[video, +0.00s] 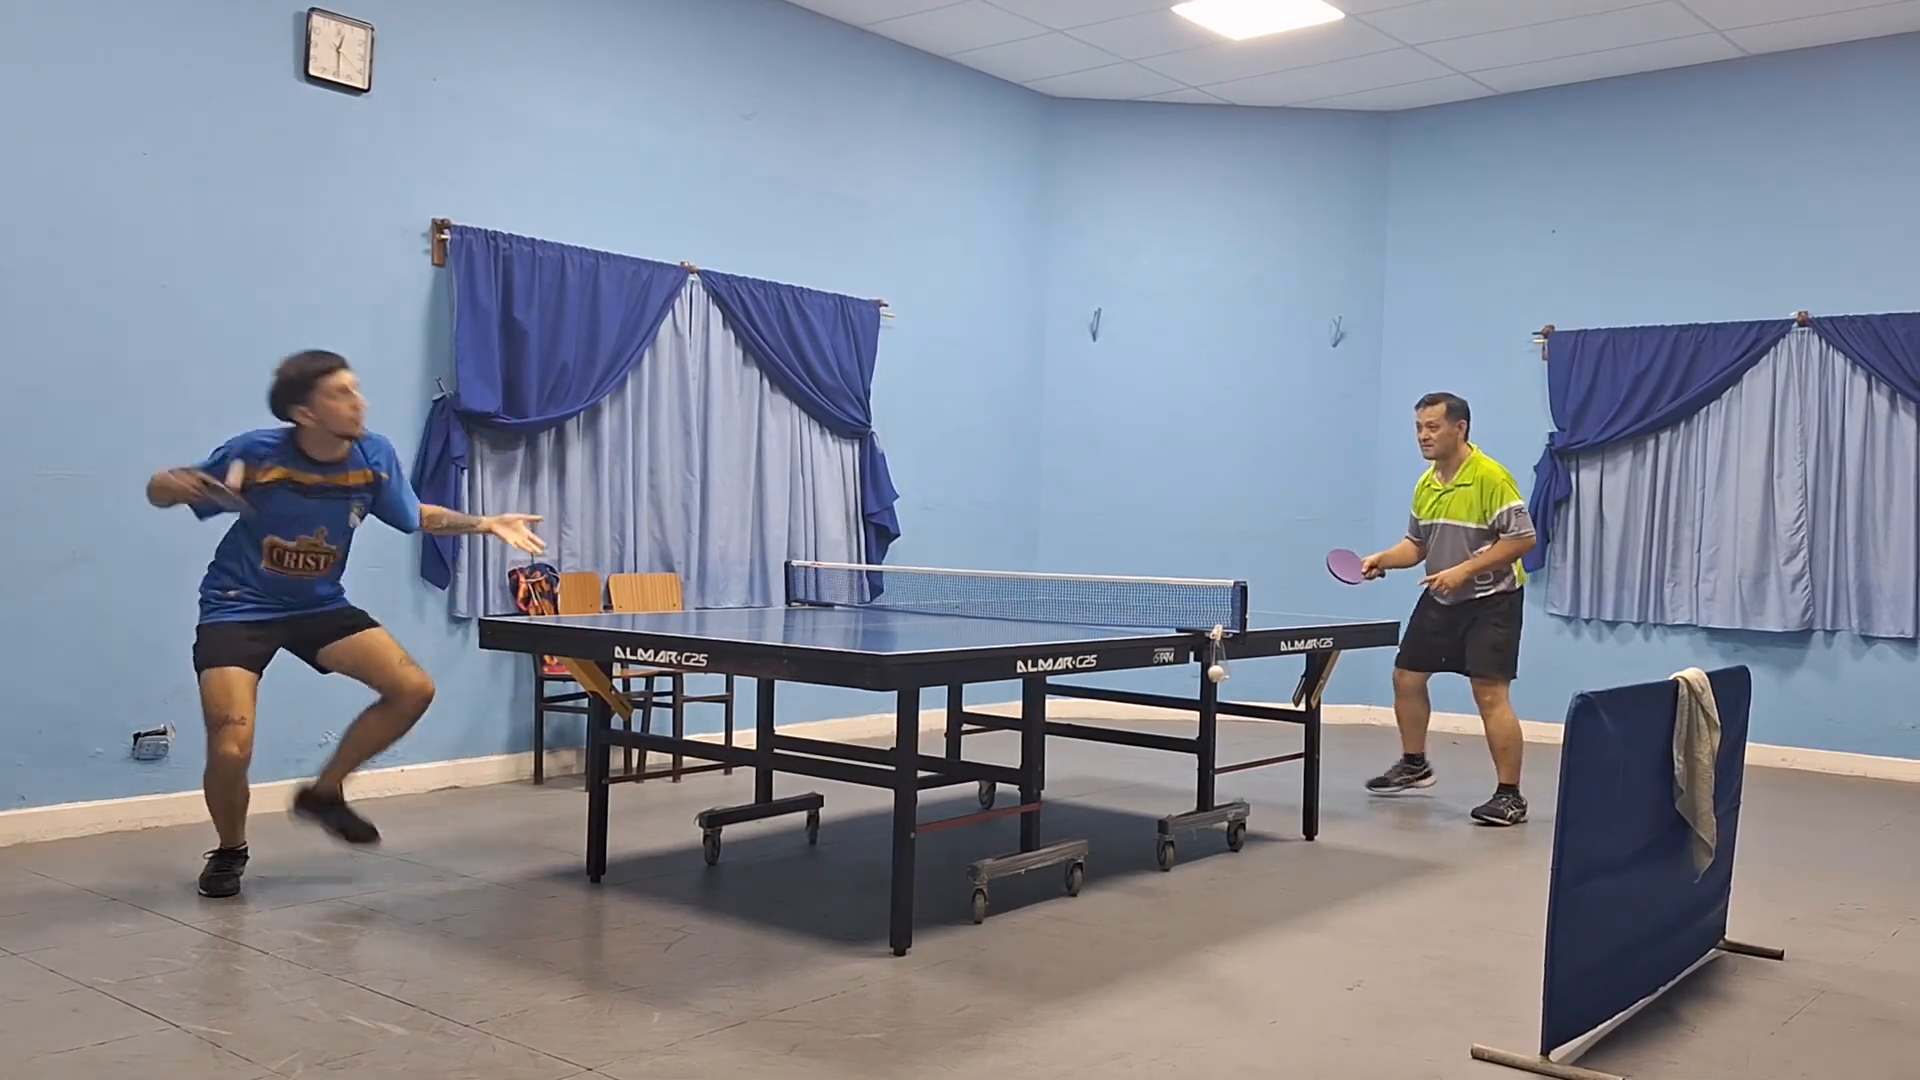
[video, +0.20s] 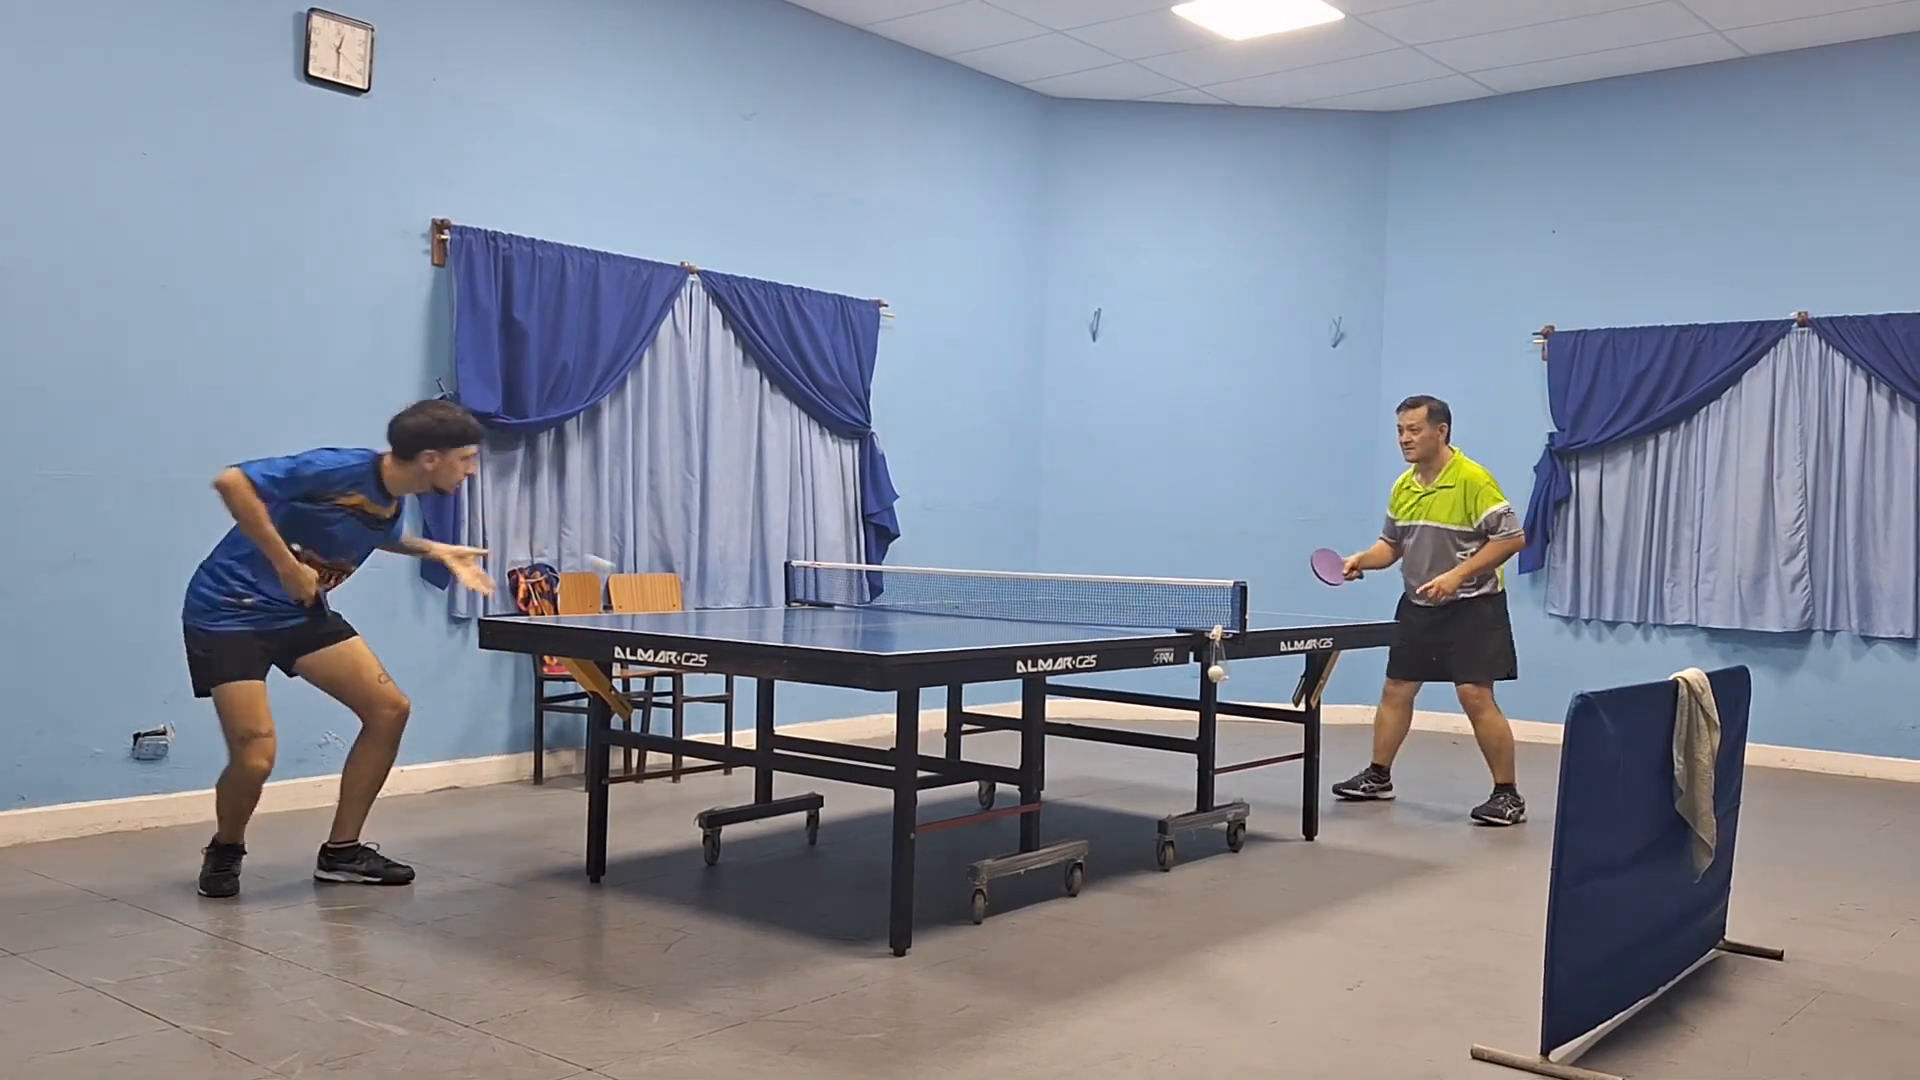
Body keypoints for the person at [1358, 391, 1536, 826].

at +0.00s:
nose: (1423, 435)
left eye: (1432, 427)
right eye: (1419, 428)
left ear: (1460, 428)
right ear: (1418, 433)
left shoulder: (1491, 477)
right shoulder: (1426, 485)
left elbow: (1522, 537)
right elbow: (1417, 544)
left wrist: (1465, 570)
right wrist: (1383, 560)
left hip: (1492, 603)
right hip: (1439, 601)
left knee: (1490, 693)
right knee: (1407, 678)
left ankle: (1509, 795)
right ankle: (1414, 764)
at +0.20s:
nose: (1405, 438)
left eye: (1414, 430)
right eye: (1401, 431)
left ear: (1441, 431)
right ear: (1399, 435)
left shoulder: (1472, 479)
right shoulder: (1404, 487)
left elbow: (1511, 537)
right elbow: (1391, 544)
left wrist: (1458, 574)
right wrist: (1363, 560)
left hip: (1472, 609)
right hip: (1417, 609)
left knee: (1474, 696)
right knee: (1396, 689)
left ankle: (1507, 794)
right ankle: (1378, 776)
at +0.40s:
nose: (1392, 439)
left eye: (1400, 431)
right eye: (1389, 433)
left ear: (1430, 433)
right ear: (1389, 438)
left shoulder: (1467, 483)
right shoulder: (1390, 491)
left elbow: (1505, 540)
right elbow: (1365, 547)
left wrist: (1453, 579)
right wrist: (1325, 555)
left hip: (1461, 612)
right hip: (1404, 610)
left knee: (1470, 700)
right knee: (1361, 684)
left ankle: (1493, 793)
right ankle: (1370, 769)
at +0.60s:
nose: (1351, 446)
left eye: (1358, 437)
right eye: (1348, 440)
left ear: (1386, 437)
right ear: (1353, 444)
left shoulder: (1428, 484)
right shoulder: (1354, 498)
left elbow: (1470, 539)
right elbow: (1324, 550)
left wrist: (1429, 590)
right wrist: (1267, 558)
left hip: (1433, 616)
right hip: (1373, 618)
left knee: (1453, 706)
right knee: (1331, 690)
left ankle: (1490, 794)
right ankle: (1289, 772)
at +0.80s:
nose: (1282, 463)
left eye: (1288, 453)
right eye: (1280, 455)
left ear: (1317, 451)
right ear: (1298, 456)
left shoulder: (1367, 489)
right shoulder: (1292, 514)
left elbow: (1416, 540)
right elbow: (1256, 562)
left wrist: (1398, 595)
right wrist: (1195, 562)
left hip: (1389, 615)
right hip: (1328, 621)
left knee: (1430, 703)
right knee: (1288, 686)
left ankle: (1481, 791)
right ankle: (1276, 784)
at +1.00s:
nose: (1240, 472)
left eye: (1247, 463)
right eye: (1237, 465)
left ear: (1276, 460)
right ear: (1255, 469)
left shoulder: (1331, 492)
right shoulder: (1250, 525)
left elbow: (1391, 528)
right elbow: (1211, 566)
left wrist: (1388, 588)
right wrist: (1147, 572)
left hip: (1368, 614)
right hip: (1308, 624)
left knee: (1415, 697)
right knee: (1272, 688)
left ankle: (1466, 787)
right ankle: (1274, 785)